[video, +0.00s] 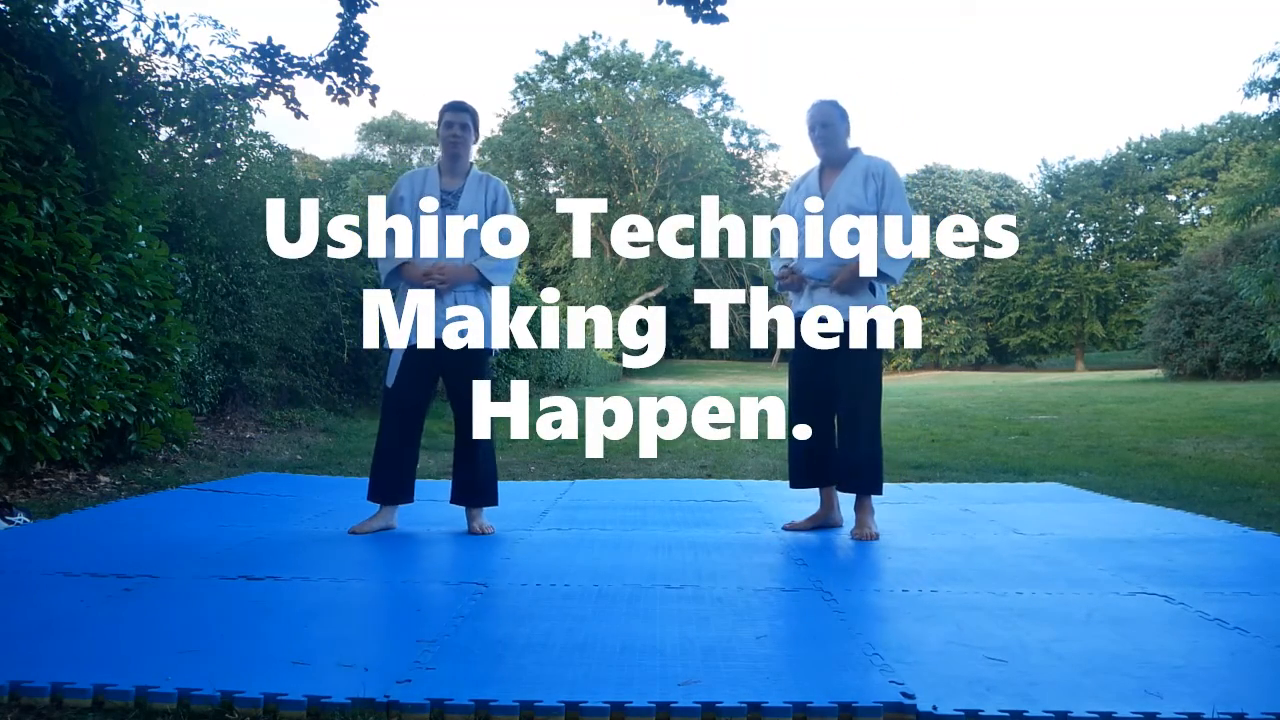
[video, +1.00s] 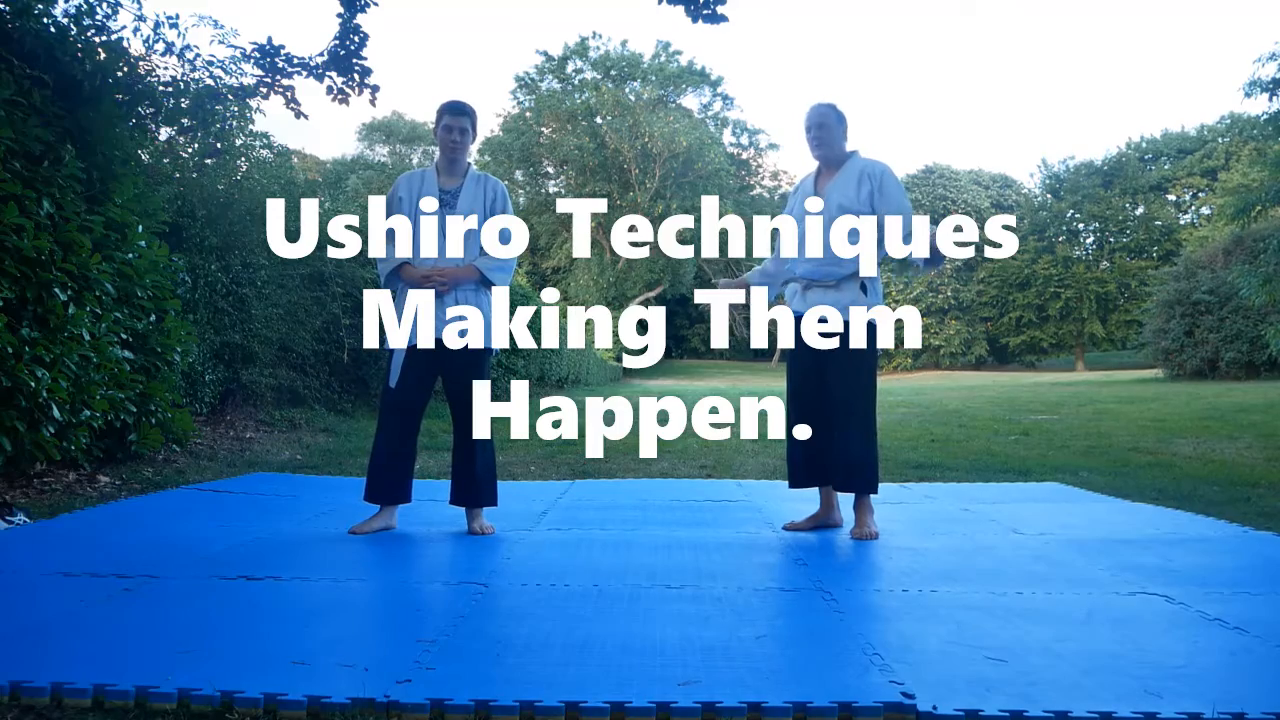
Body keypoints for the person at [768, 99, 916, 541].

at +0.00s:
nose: (818, 134)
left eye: (826, 126)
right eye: (813, 128)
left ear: (847, 128)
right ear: (806, 135)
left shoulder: (877, 172)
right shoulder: (798, 188)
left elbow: (900, 236)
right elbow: (781, 244)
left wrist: (857, 268)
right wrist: (786, 273)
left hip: (860, 311)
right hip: (809, 310)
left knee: (859, 408)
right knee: (811, 408)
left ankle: (864, 510)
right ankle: (828, 507)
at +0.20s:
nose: (817, 135)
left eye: (824, 127)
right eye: (811, 129)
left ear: (846, 129)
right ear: (806, 136)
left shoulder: (876, 173)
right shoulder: (799, 188)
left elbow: (900, 236)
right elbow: (782, 244)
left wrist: (859, 268)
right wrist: (786, 273)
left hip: (859, 310)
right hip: (809, 309)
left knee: (858, 407)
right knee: (811, 407)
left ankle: (864, 511)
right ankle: (828, 507)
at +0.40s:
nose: (817, 136)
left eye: (825, 128)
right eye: (812, 130)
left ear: (846, 130)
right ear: (806, 136)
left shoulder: (875, 174)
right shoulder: (799, 189)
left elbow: (900, 236)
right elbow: (790, 249)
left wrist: (857, 268)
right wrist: (785, 275)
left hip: (857, 311)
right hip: (808, 310)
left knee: (857, 409)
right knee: (812, 408)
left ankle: (864, 510)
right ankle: (828, 507)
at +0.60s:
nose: (817, 136)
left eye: (825, 128)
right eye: (812, 131)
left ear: (846, 131)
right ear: (806, 137)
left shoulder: (875, 175)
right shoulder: (800, 190)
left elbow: (899, 240)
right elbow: (786, 251)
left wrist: (875, 289)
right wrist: (777, 291)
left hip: (854, 307)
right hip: (804, 308)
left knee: (855, 408)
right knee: (811, 408)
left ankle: (863, 510)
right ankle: (827, 508)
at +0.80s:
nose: (816, 137)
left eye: (824, 128)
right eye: (811, 131)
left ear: (846, 130)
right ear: (806, 137)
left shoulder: (874, 175)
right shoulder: (801, 189)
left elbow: (897, 237)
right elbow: (780, 251)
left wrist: (921, 268)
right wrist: (752, 296)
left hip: (855, 309)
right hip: (806, 309)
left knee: (855, 408)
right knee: (811, 408)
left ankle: (863, 509)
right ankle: (827, 507)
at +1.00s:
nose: (814, 136)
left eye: (822, 128)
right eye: (809, 130)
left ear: (844, 131)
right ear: (805, 137)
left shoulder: (873, 174)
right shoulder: (800, 190)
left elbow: (905, 238)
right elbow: (783, 257)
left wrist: (928, 252)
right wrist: (745, 283)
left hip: (854, 309)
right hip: (806, 311)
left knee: (854, 408)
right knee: (812, 408)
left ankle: (864, 509)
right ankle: (827, 507)